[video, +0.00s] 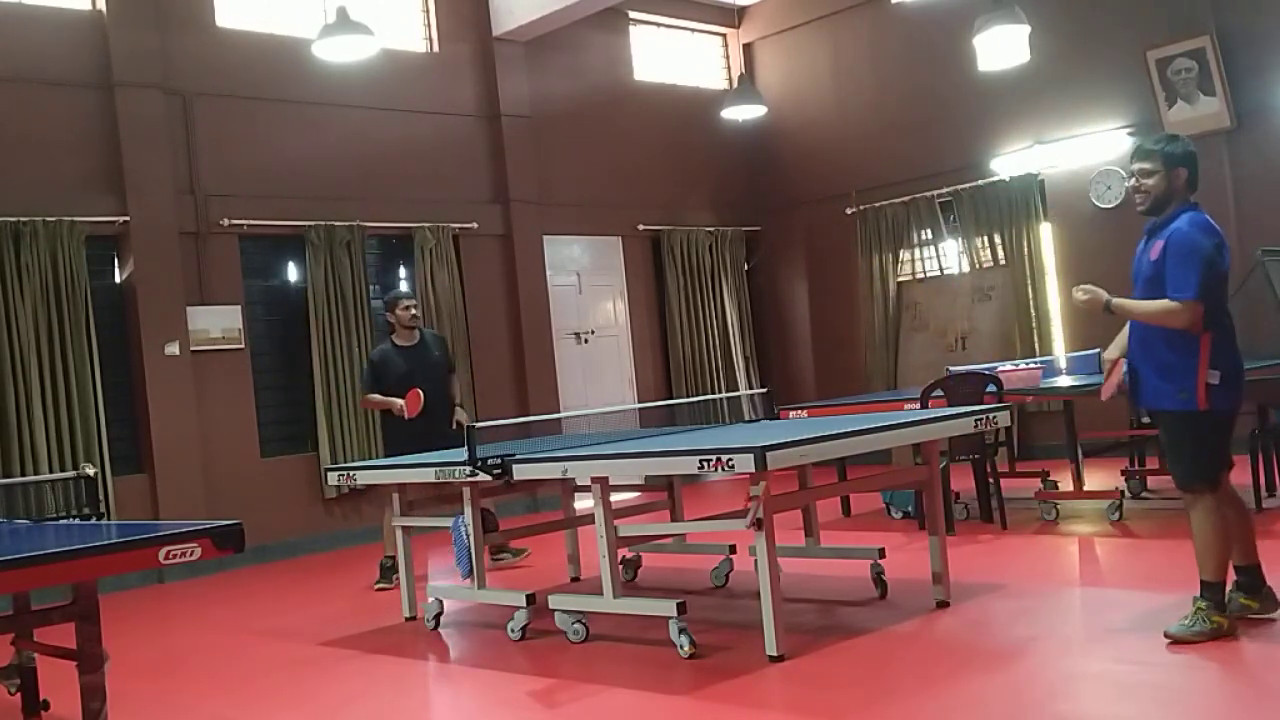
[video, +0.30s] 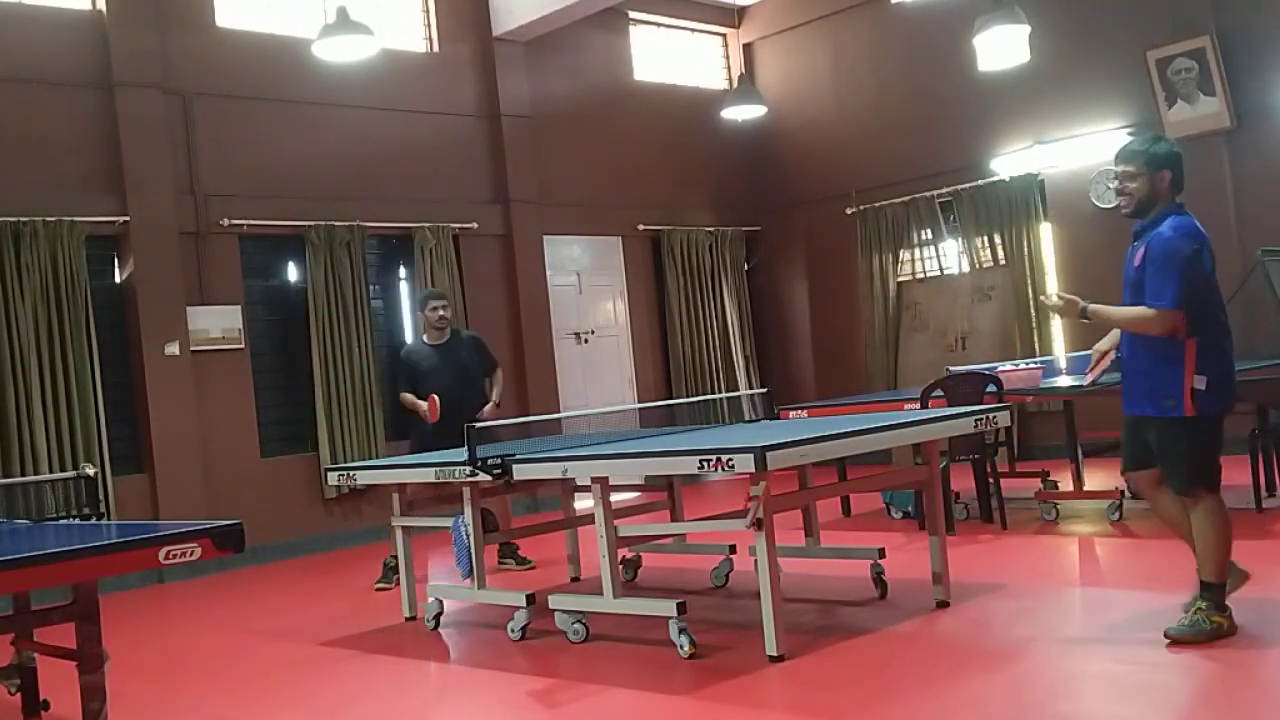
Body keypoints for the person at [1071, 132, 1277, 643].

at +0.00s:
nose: (1135, 185)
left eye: (1145, 175)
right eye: (1132, 177)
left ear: (1180, 177)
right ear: (1135, 181)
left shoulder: (1190, 233)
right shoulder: (1159, 231)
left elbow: (1188, 315)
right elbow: (1155, 303)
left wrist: (1112, 303)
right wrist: (1118, 346)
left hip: (1197, 391)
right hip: (1181, 389)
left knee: (1198, 492)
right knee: (1217, 487)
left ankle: (1212, 608)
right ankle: (1254, 589)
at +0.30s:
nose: (1118, 187)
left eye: (1129, 178)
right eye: (1116, 179)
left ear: (1165, 180)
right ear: (1123, 182)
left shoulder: (1174, 237)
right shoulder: (1147, 233)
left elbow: (1167, 321)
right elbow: (1152, 307)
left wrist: (1085, 310)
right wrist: (1117, 341)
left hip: (1187, 393)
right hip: (1149, 392)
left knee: (1198, 490)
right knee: (1144, 478)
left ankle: (1212, 604)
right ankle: (1219, 567)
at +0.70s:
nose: (1076, 200)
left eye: (1086, 189)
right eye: (1073, 192)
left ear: (1121, 190)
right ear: (1076, 197)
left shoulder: (1137, 241)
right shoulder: (1094, 251)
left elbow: (1140, 320)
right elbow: (1104, 314)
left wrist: (1063, 322)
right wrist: (1074, 349)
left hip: (1171, 396)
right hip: (1127, 400)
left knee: (1187, 494)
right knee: (1140, 493)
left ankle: (1214, 607)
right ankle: (1140, 598)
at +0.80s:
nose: (1057, 209)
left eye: (1067, 199)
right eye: (1051, 202)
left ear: (1101, 198)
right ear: (1051, 206)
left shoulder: (1123, 244)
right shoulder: (1074, 261)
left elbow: (1132, 319)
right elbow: (1076, 325)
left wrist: (1055, 326)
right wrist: (1057, 359)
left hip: (1159, 395)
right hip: (1116, 401)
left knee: (1164, 494)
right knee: (1128, 495)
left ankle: (1208, 603)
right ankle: (1139, 599)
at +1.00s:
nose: (1029, 223)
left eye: (1036, 213)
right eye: (1025, 216)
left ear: (1065, 207)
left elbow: (1107, 327)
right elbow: (1030, 326)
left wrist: (1035, 339)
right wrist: (1021, 354)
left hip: (1148, 377)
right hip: (1104, 392)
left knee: (1136, 474)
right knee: (1112, 488)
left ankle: (1185, 592)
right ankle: (1138, 596)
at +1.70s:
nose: (971, 323)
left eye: (972, 312)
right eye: (967, 315)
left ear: (997, 300)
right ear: (1000, 299)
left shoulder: (1040, 328)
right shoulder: (1027, 322)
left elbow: (1002, 411)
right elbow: (1000, 368)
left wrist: (938, 409)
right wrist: (996, 404)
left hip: (1141, 407)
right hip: (1097, 417)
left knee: (1113, 499)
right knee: (1060, 492)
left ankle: (1167, 622)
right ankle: (1069, 599)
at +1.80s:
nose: (965, 337)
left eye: (965, 326)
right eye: (960, 329)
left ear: (989, 313)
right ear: (990, 313)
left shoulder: (1030, 341)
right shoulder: (1019, 331)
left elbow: (995, 418)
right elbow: (992, 380)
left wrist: (928, 415)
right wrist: (990, 412)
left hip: (1139, 410)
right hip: (1095, 420)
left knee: (1113, 502)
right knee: (1054, 493)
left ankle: (1166, 621)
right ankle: (1070, 600)